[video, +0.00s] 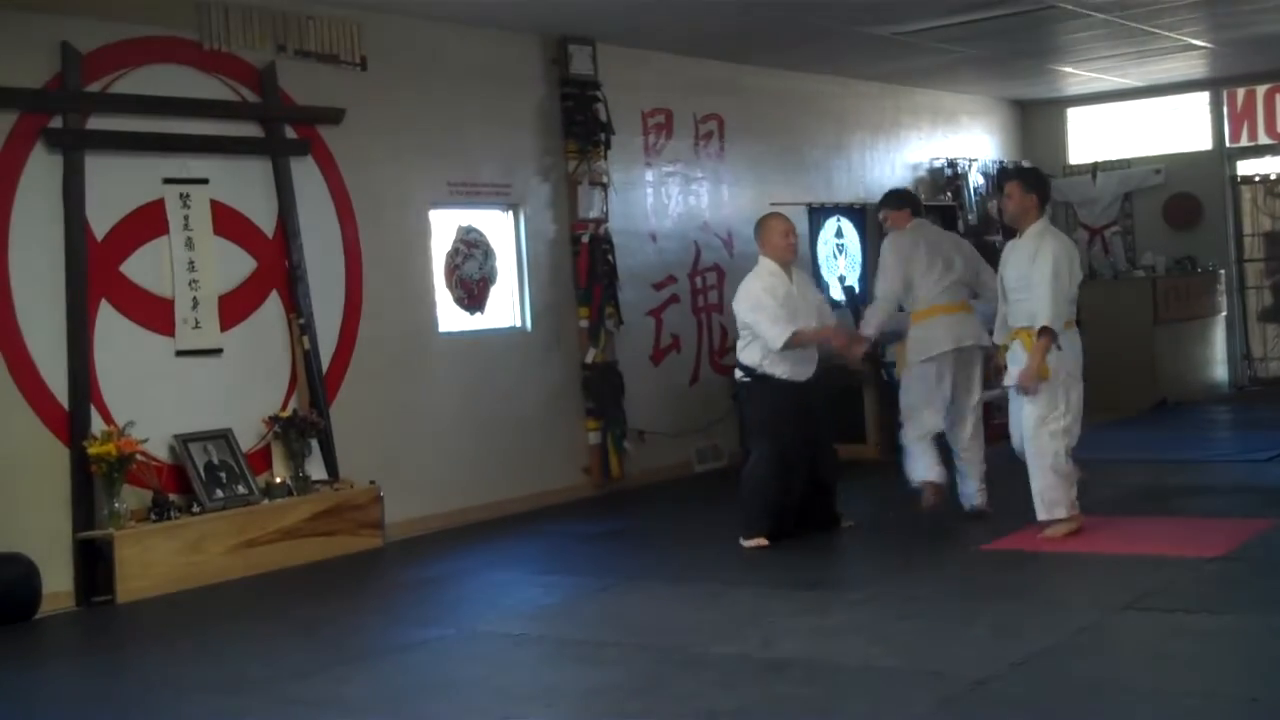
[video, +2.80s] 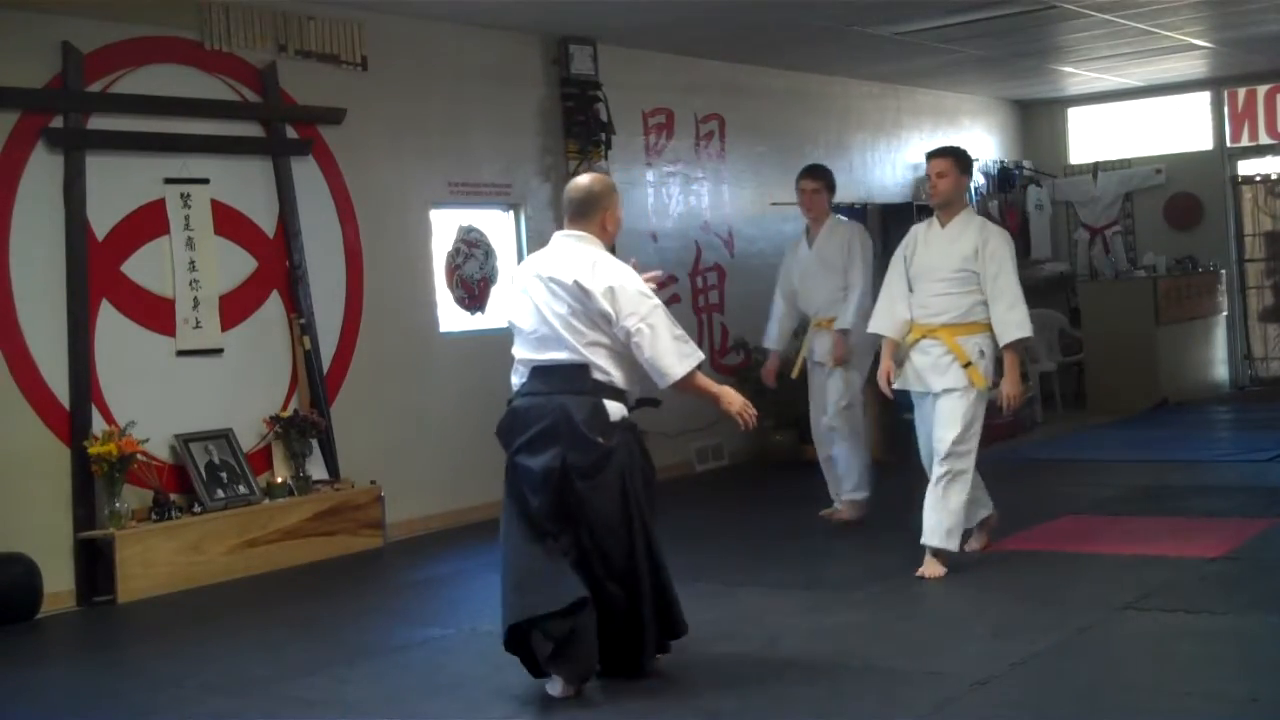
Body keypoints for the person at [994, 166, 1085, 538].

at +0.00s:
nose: (1002, 203)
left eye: (1009, 196)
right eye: (1002, 196)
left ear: (1033, 200)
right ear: (1019, 202)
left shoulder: (1054, 245)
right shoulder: (1012, 248)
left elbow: (1055, 308)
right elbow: (1007, 304)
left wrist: (1037, 360)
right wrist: (1002, 349)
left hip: (1051, 345)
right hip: (1020, 346)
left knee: (1044, 435)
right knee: (1023, 437)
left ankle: (1062, 513)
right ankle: (1065, 485)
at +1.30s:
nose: (1058, 186)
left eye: (1066, 180)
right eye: (1056, 180)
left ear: (1088, 185)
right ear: (1056, 185)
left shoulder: (1106, 232)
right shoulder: (1049, 233)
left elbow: (1114, 292)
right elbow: (1033, 288)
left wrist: (1105, 349)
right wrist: (1025, 341)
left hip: (1090, 337)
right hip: (1051, 337)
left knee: (1099, 422)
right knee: (1058, 422)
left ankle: (1111, 500)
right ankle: (1077, 494)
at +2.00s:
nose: (1037, 200)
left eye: (1045, 193)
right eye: (1034, 194)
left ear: (1069, 197)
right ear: (1033, 200)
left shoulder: (1093, 247)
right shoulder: (1027, 249)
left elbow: (1100, 309)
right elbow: (1011, 305)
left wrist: (1080, 365)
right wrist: (1002, 362)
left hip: (1080, 351)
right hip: (1035, 350)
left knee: (1094, 439)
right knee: (1016, 428)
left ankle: (1102, 507)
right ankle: (1008, 508)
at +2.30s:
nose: (986, 191)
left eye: (994, 183)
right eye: (984, 185)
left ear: (1019, 188)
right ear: (983, 191)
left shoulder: (1044, 239)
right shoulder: (974, 242)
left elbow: (1052, 302)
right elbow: (955, 300)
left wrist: (1040, 362)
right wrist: (946, 362)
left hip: (1029, 345)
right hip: (982, 347)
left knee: (1049, 441)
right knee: (983, 438)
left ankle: (1084, 485)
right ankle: (992, 526)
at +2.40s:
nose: (970, 188)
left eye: (979, 181)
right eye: (968, 182)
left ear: (1003, 185)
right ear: (966, 188)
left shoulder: (1030, 237)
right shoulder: (959, 240)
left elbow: (1039, 298)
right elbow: (939, 297)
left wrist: (1034, 357)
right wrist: (927, 357)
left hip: (1013, 347)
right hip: (968, 347)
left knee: (1016, 440)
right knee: (972, 440)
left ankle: (1047, 492)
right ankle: (987, 528)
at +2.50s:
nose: (958, 187)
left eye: (967, 179)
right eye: (955, 181)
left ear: (991, 183)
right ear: (954, 187)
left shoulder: (1017, 236)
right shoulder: (945, 240)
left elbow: (1029, 296)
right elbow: (925, 294)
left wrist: (1028, 355)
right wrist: (910, 350)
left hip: (1000, 346)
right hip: (956, 347)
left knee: (990, 436)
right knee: (958, 442)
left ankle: (1004, 518)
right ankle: (976, 526)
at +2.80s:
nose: (932, 184)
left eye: (941, 176)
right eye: (929, 178)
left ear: (965, 180)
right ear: (928, 184)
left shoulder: (989, 236)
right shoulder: (916, 236)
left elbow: (1006, 303)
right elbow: (897, 297)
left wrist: (1012, 370)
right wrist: (887, 352)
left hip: (966, 352)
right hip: (919, 355)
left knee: (950, 450)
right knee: (933, 452)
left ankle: (936, 549)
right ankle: (981, 514)